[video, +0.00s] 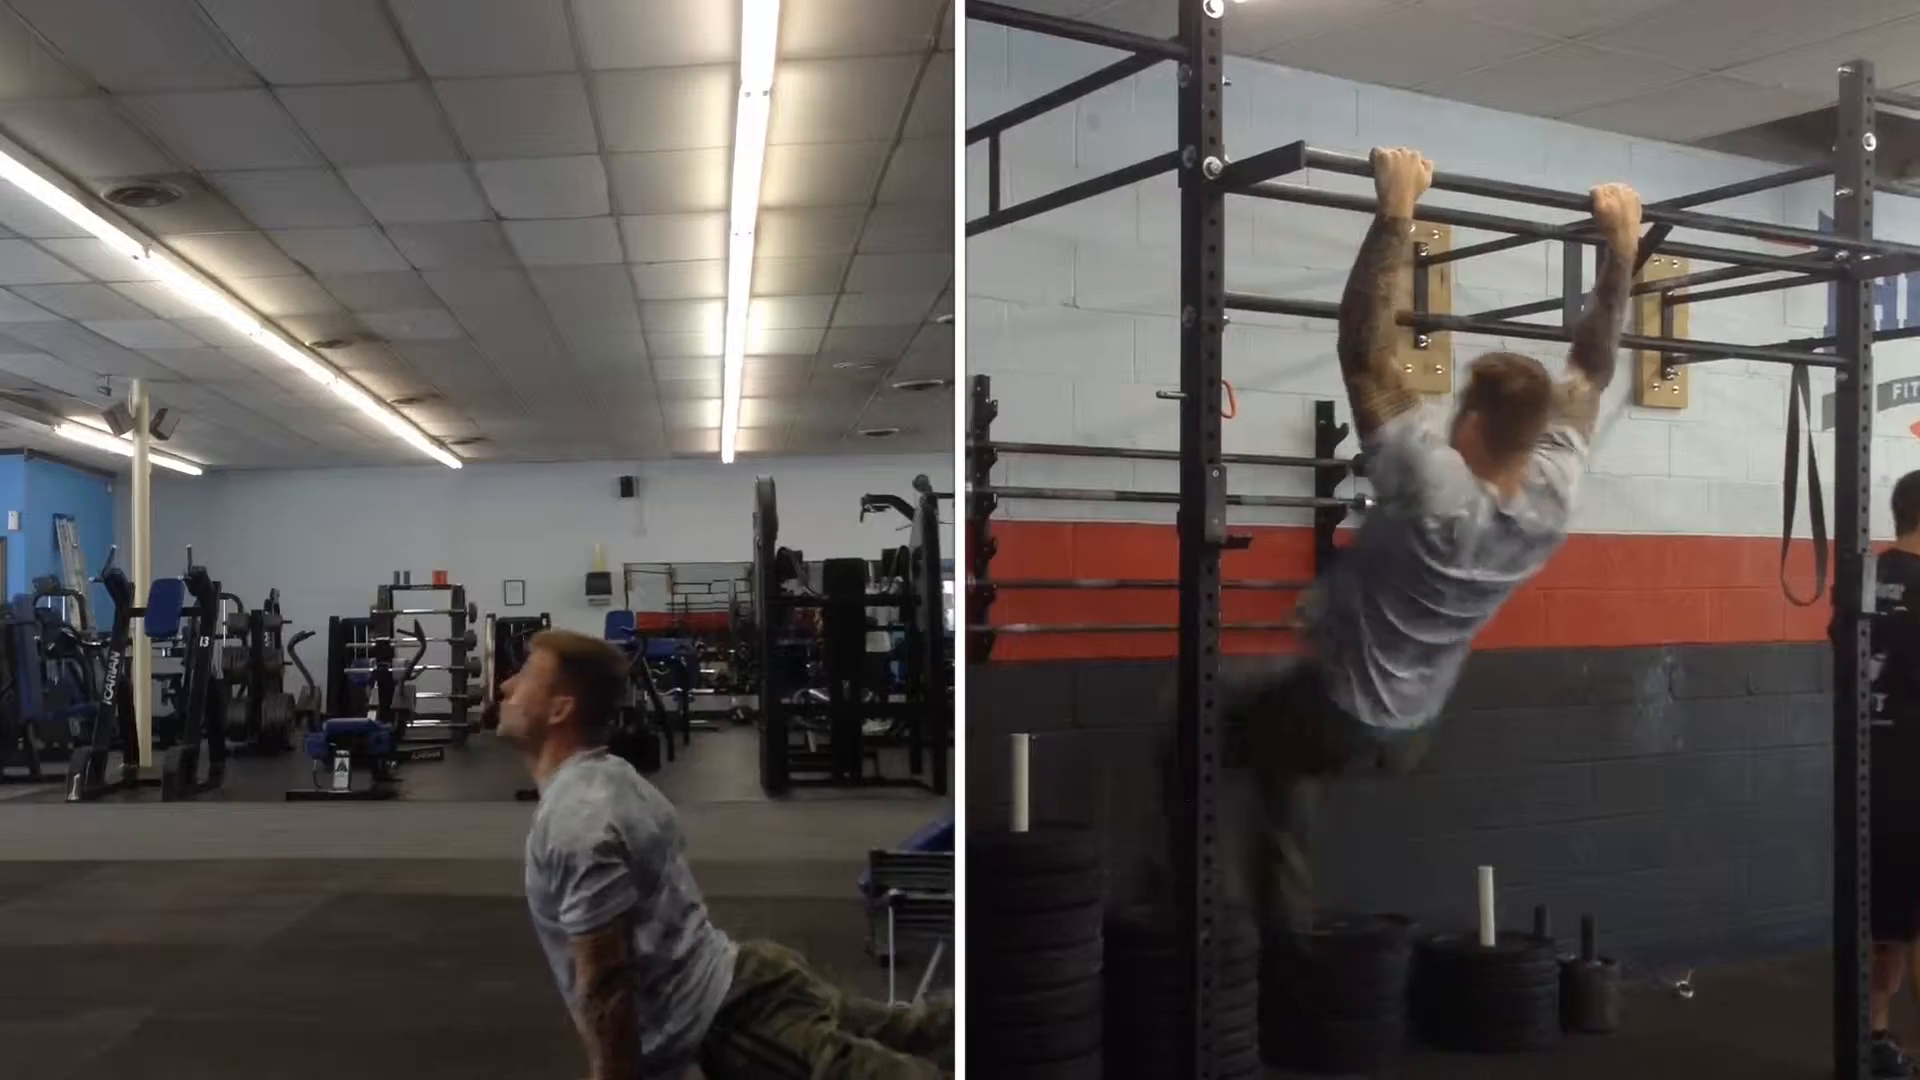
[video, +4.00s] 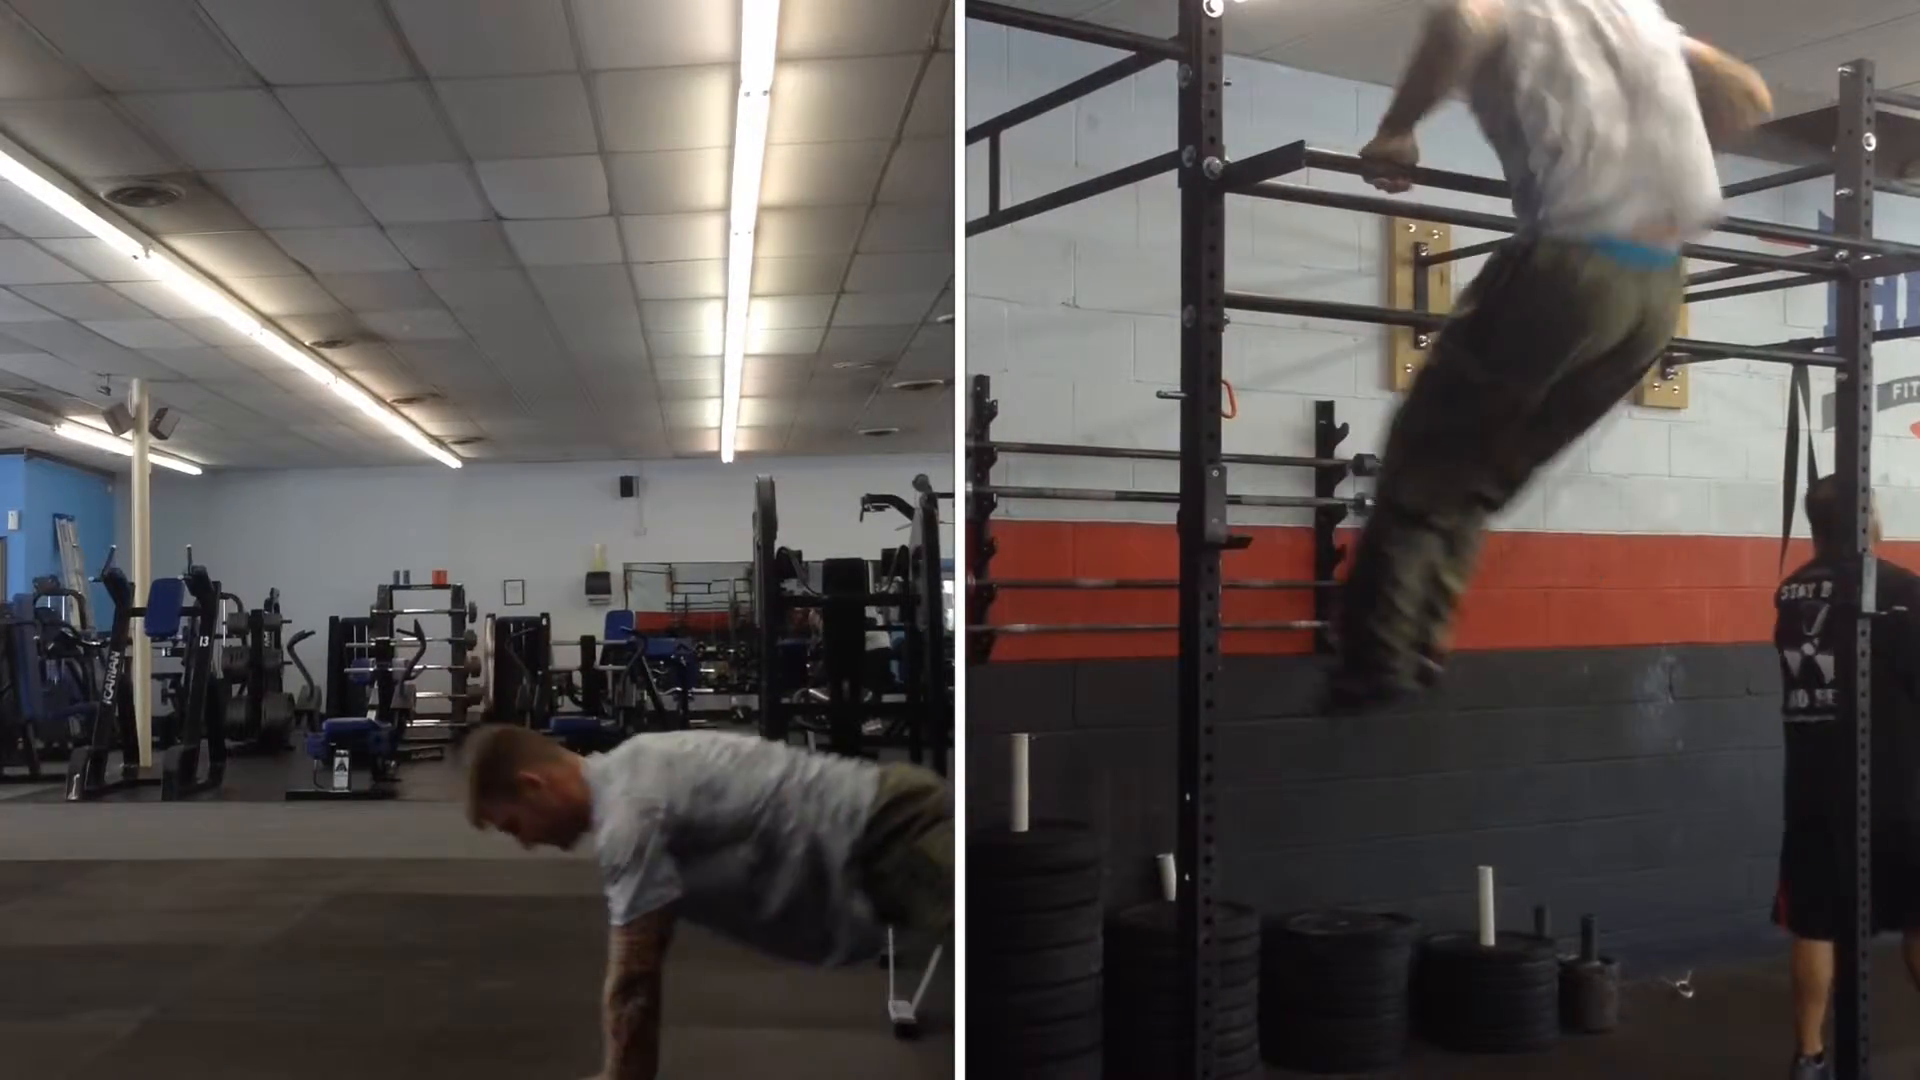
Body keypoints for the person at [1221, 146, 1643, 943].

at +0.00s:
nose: (1455, 419)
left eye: (1462, 410)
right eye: (1465, 408)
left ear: (1470, 426)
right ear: (1538, 439)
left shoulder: (1429, 488)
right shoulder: (1545, 509)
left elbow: (1366, 353)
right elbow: (1590, 376)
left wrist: (1394, 218)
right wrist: (1621, 259)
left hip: (1338, 713)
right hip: (1409, 719)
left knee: (1200, 714)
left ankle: (1192, 902)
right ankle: (1285, 922)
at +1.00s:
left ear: (1405, 23)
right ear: (1476, 15)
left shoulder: (1411, 23)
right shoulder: (1542, 36)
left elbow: (1372, 3)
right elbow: (1650, 41)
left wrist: (1386, 124)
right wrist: (1640, 135)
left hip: (1575, 177)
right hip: (1665, 181)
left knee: (1560, 430)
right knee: (1643, 434)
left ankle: (1579, 679)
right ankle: (1628, 659)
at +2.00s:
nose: (1362, 126)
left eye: (1355, 109)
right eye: (1357, 115)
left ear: (1361, 73)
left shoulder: (1384, 38)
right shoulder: (1528, 22)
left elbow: (1399, 4)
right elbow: (1639, 43)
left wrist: (1396, 135)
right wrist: (1636, 165)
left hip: (1548, 169)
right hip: (1638, 173)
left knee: (1554, 427)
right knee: (1651, 425)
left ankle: (1590, 679)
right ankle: (1665, 670)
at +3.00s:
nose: (1427, 406)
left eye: (1431, 399)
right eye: (1442, 401)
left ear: (1435, 417)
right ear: (1508, 425)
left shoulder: (1409, 481)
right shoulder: (1524, 501)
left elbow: (1368, 341)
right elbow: (1591, 377)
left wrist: (1392, 217)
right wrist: (1622, 261)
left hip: (1359, 755)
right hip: (1439, 759)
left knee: (1324, 955)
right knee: (1408, 936)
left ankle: (1441, 1065)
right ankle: (1481, 1061)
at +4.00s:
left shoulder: (1496, 9)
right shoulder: (1639, 17)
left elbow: (1464, 24)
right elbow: (1750, 96)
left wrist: (1397, 125)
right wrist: (1660, 141)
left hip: (1564, 275)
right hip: (1656, 298)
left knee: (1428, 462)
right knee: (1483, 482)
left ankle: (1374, 669)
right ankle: (1415, 654)